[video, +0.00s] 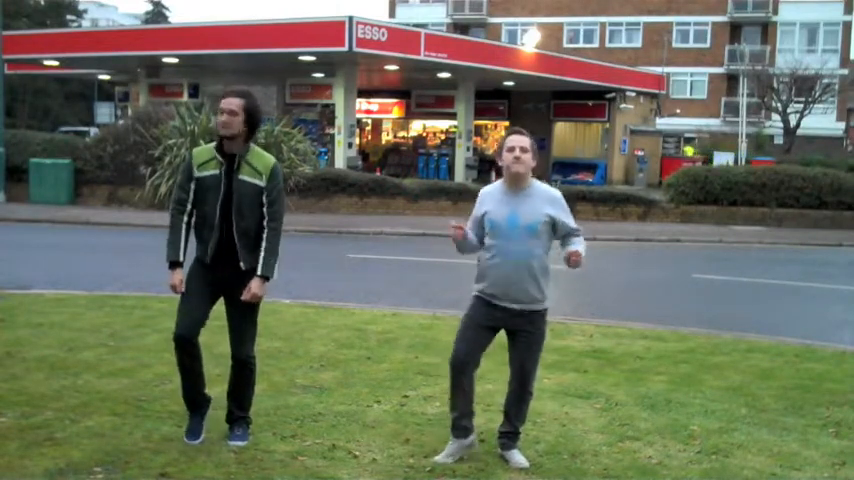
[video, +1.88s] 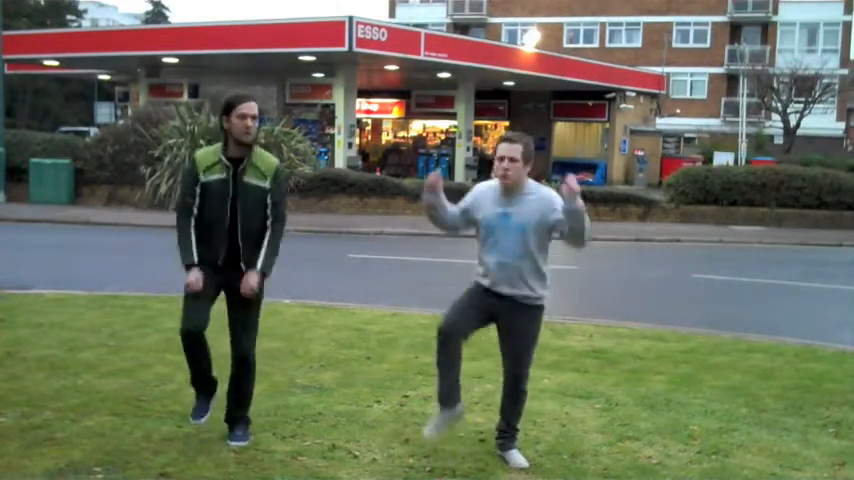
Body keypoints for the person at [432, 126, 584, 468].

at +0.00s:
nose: (517, 154)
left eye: (523, 150)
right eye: (511, 150)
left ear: (534, 159)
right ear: (500, 159)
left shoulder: (551, 198)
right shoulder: (487, 196)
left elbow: (572, 236)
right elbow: (474, 243)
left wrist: (575, 251)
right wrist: (462, 239)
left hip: (530, 308)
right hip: (487, 302)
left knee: (523, 380)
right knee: (460, 361)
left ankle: (509, 443)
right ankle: (462, 436)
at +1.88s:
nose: (503, 166)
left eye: (512, 161)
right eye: (499, 159)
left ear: (527, 167)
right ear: (494, 162)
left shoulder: (547, 200)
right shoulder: (482, 192)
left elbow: (577, 238)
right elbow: (452, 222)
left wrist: (573, 203)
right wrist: (435, 197)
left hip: (525, 299)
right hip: (485, 290)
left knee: (517, 375)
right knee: (449, 330)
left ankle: (507, 442)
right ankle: (450, 408)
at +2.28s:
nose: (501, 201)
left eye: (507, 194)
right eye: (495, 195)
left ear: (518, 188)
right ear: (485, 190)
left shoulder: (539, 206)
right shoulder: (478, 203)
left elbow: (583, 212)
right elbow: (457, 208)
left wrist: (625, 217)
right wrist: (428, 206)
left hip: (522, 307)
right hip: (482, 300)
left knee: (514, 376)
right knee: (456, 343)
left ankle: (505, 444)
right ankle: (456, 419)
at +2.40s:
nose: (499, 206)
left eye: (506, 200)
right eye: (493, 200)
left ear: (519, 202)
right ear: (485, 201)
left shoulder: (538, 233)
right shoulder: (477, 229)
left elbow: (572, 266)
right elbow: (452, 256)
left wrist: (605, 292)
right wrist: (415, 267)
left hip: (524, 322)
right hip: (484, 315)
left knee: (510, 385)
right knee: (454, 368)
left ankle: (504, 447)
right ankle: (451, 446)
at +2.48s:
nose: (508, 187)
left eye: (515, 183)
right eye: (503, 181)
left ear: (525, 191)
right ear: (492, 188)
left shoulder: (542, 228)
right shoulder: (477, 224)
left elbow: (568, 271)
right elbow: (447, 258)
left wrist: (604, 303)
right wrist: (409, 270)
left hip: (524, 326)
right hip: (481, 321)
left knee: (514, 392)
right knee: (457, 378)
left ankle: (505, 447)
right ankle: (456, 450)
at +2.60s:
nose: (511, 151)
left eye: (518, 147)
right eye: (506, 145)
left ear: (529, 156)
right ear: (496, 152)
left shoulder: (544, 193)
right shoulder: (480, 190)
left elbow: (578, 221)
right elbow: (447, 214)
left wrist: (609, 220)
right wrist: (416, 190)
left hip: (523, 300)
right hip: (481, 291)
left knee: (519, 375)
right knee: (447, 339)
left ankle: (508, 443)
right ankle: (449, 413)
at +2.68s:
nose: (511, 137)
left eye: (518, 132)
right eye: (505, 130)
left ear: (529, 141)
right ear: (495, 137)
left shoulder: (542, 177)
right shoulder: (477, 173)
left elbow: (580, 199)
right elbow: (442, 191)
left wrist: (601, 183)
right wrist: (421, 164)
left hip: (521, 284)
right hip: (481, 274)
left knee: (517, 368)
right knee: (450, 317)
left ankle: (512, 441)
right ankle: (457, 391)